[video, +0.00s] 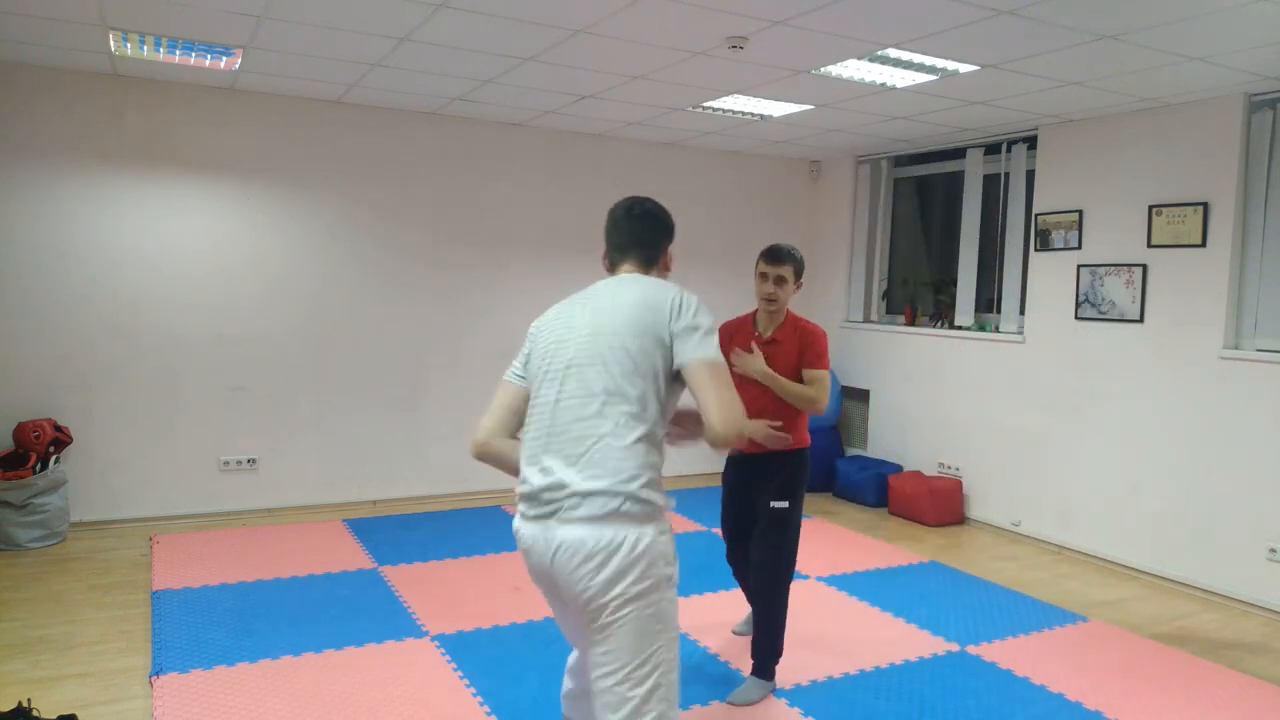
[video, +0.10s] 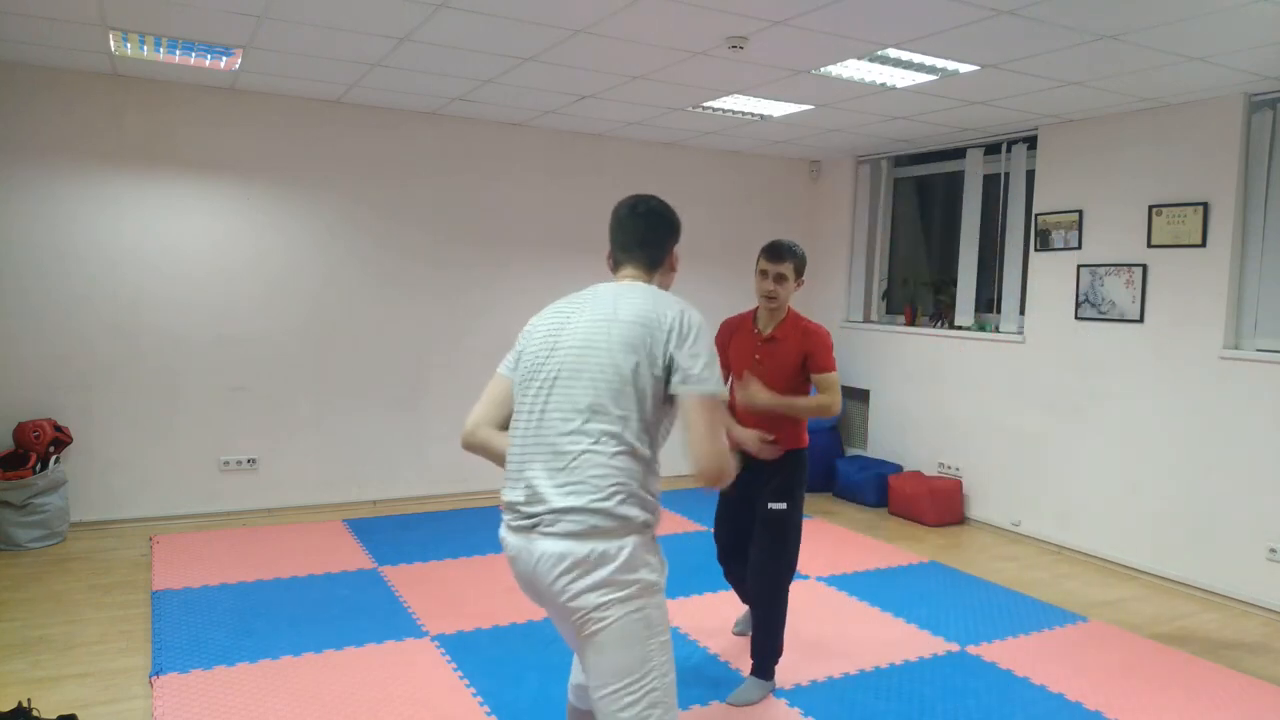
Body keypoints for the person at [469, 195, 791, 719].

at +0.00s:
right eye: (672, 253)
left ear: (605, 257)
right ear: (667, 257)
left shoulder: (552, 319)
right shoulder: (676, 303)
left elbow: (488, 440)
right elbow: (726, 429)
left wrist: (560, 472)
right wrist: (683, 423)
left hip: (539, 540)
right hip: (621, 544)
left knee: (588, 655)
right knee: (637, 706)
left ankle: (578, 713)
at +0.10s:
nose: (676, 266)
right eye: (677, 256)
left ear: (610, 255)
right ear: (673, 259)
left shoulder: (548, 318)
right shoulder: (676, 320)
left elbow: (479, 430)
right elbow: (712, 469)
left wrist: (554, 463)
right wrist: (729, 446)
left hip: (525, 544)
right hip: (605, 552)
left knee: (594, 658)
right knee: (640, 709)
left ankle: (582, 711)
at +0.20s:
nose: (689, 271)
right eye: (691, 262)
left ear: (620, 261)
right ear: (685, 266)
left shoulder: (556, 318)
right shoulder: (673, 334)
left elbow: (482, 429)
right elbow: (666, 489)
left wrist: (550, 467)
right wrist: (677, 496)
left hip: (512, 548)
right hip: (586, 564)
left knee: (591, 679)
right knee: (638, 709)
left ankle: (580, 712)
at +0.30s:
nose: (695, 301)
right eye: (697, 290)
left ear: (631, 280)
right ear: (691, 295)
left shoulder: (566, 334)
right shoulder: (672, 362)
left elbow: (484, 441)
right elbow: (642, 526)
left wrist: (536, 498)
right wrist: (616, 506)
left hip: (501, 560)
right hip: (572, 577)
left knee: (593, 695)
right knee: (632, 711)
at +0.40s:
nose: (682, 310)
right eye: (683, 301)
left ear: (622, 291)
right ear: (677, 305)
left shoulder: (563, 339)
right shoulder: (662, 366)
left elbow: (485, 429)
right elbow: (676, 515)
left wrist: (547, 467)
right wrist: (667, 489)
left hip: (496, 547)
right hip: (563, 559)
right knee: (608, 705)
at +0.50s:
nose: (653, 287)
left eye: (651, 278)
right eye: (653, 278)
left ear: (596, 276)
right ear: (646, 281)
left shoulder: (553, 323)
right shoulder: (644, 335)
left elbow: (507, 394)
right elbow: (723, 437)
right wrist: (734, 436)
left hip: (497, 509)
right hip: (559, 514)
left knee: (595, 641)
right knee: (552, 683)